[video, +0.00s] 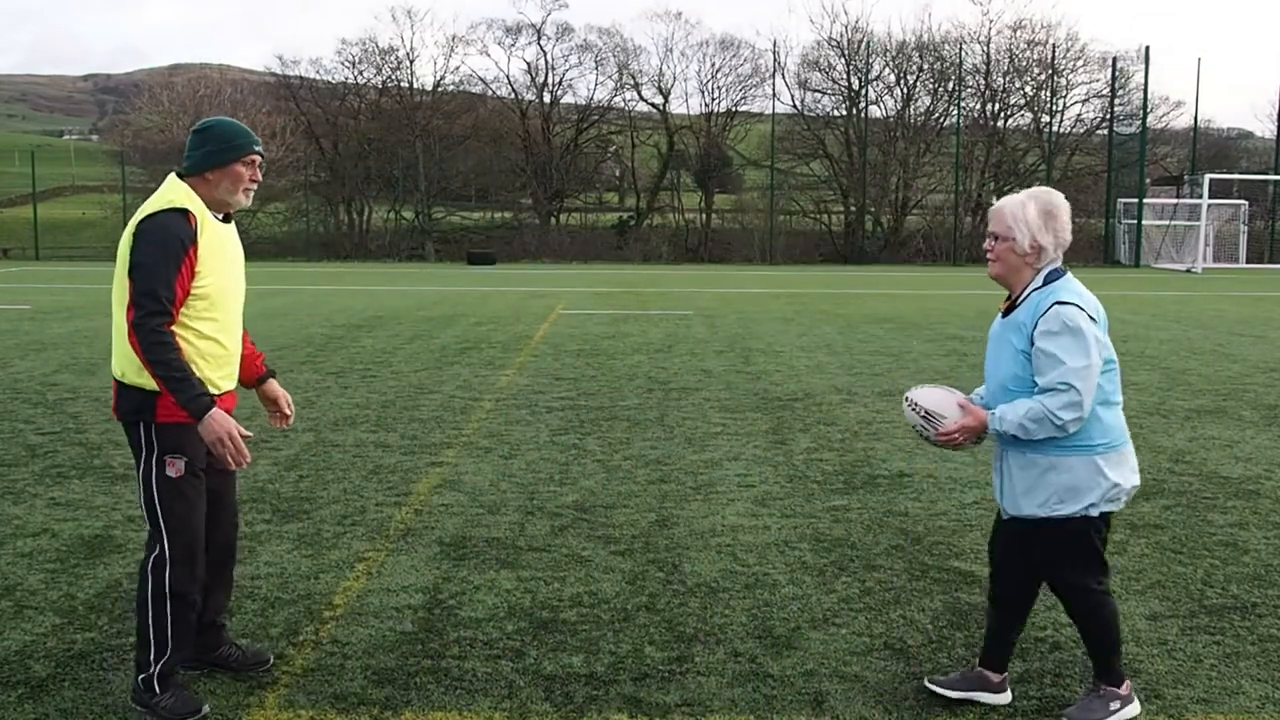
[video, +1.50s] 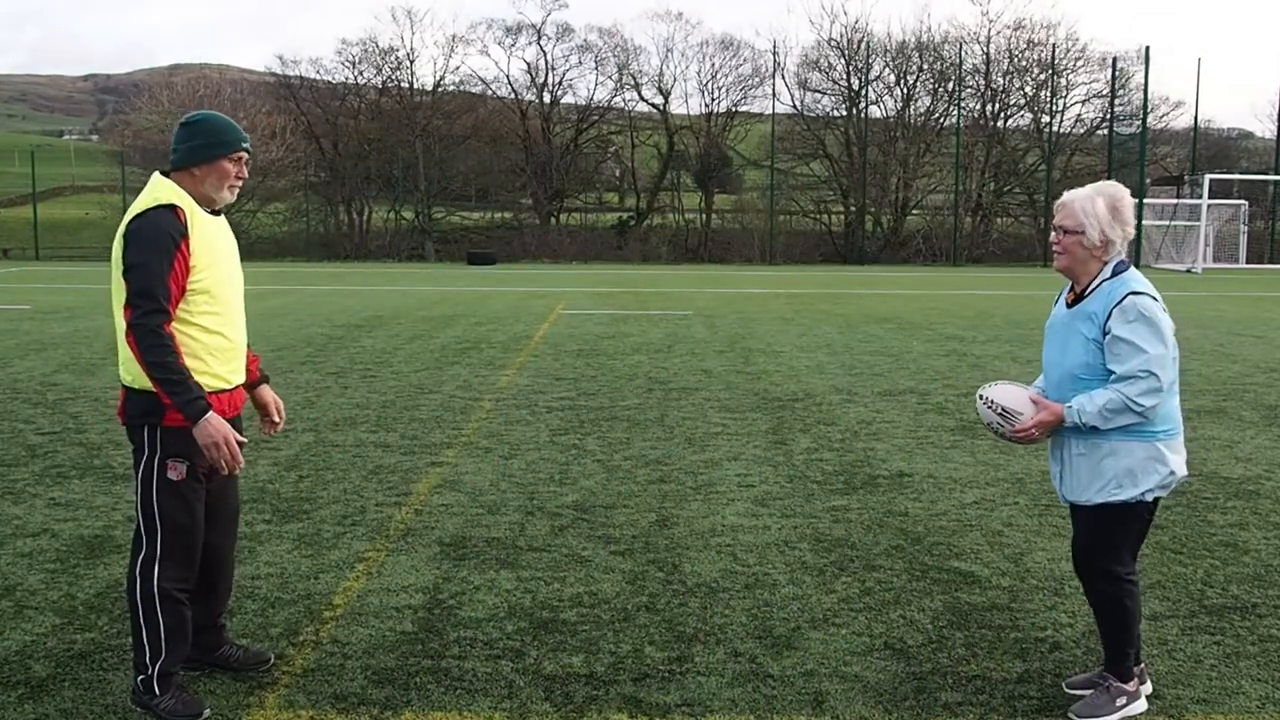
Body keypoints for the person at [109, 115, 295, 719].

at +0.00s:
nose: (257, 176)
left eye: (258, 167)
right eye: (248, 165)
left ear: (230, 171)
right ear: (210, 166)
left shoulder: (219, 224)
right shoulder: (169, 220)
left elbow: (219, 319)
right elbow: (149, 326)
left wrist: (262, 378)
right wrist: (204, 408)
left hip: (207, 402)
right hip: (161, 405)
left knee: (218, 533)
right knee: (177, 545)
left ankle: (206, 642)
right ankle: (156, 682)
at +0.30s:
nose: (238, 169)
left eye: (239, 160)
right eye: (229, 158)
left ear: (216, 165)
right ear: (192, 159)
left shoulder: (205, 221)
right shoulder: (152, 219)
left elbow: (210, 317)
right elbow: (139, 329)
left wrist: (248, 381)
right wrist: (195, 412)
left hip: (206, 406)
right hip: (159, 409)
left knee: (217, 537)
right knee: (172, 550)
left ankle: (205, 643)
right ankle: (156, 684)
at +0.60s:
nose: (233, 168)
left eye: (236, 158)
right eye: (223, 156)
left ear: (219, 165)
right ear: (186, 158)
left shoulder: (203, 218)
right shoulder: (150, 218)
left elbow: (212, 313)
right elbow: (139, 328)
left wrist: (248, 381)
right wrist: (184, 416)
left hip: (212, 409)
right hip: (162, 414)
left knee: (211, 539)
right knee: (167, 551)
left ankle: (205, 643)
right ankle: (156, 682)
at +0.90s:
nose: (233, 167)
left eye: (235, 157)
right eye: (222, 155)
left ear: (219, 166)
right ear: (185, 159)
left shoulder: (204, 218)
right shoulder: (151, 218)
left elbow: (214, 314)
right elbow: (139, 328)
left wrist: (253, 380)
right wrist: (189, 414)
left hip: (214, 408)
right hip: (164, 413)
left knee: (213, 536)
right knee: (166, 549)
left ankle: (205, 641)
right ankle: (155, 680)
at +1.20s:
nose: (235, 168)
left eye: (238, 158)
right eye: (225, 156)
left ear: (221, 166)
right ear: (188, 159)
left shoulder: (205, 220)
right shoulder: (153, 218)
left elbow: (215, 315)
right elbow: (143, 327)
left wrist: (252, 381)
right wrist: (195, 412)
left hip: (214, 408)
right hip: (164, 411)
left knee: (212, 537)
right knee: (166, 550)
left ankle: (205, 641)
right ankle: (156, 679)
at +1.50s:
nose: (241, 174)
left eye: (244, 164)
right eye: (232, 161)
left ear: (227, 168)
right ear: (194, 160)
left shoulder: (209, 219)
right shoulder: (158, 218)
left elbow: (217, 316)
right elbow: (147, 327)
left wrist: (255, 382)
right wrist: (199, 411)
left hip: (215, 409)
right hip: (166, 412)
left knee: (215, 536)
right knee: (168, 549)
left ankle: (205, 640)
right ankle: (156, 680)